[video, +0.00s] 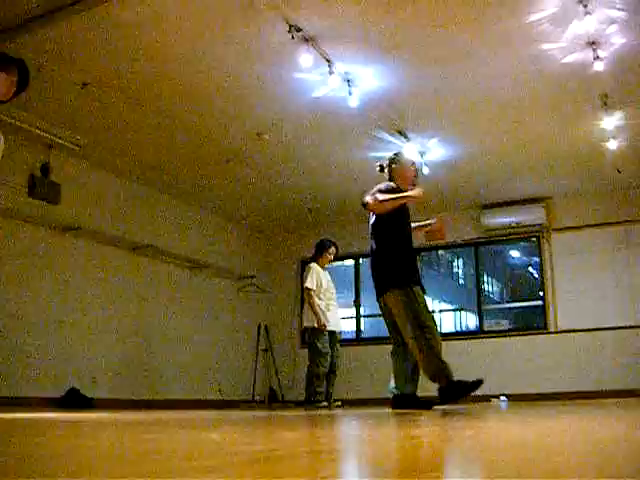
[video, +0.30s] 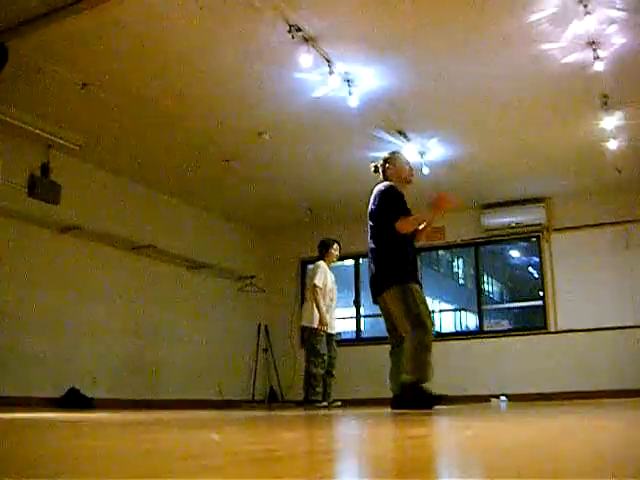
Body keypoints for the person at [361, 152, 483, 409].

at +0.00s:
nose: (415, 171)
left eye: (415, 166)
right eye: (411, 166)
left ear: (400, 169)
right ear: (397, 168)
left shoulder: (396, 196)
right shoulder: (388, 188)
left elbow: (397, 232)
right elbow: (371, 203)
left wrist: (426, 228)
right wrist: (409, 196)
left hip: (389, 278)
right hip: (397, 276)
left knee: (404, 339)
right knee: (422, 330)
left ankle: (404, 394)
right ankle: (446, 384)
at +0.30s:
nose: (411, 170)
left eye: (410, 165)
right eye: (406, 165)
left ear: (390, 169)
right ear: (391, 167)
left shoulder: (382, 195)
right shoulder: (389, 192)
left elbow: (400, 238)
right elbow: (402, 225)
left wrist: (423, 233)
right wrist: (431, 213)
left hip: (383, 279)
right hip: (398, 277)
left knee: (399, 337)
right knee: (420, 328)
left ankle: (401, 391)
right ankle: (415, 386)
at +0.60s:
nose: (404, 161)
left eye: (403, 157)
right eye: (398, 157)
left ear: (395, 163)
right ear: (383, 162)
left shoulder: (399, 203)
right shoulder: (372, 187)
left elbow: (423, 231)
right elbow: (367, 207)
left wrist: (432, 199)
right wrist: (398, 185)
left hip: (407, 276)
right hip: (384, 274)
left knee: (413, 337)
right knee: (378, 334)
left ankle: (407, 392)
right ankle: (362, 391)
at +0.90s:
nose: (389, 161)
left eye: (390, 156)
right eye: (382, 156)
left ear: (393, 164)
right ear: (369, 163)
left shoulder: (401, 197)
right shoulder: (357, 196)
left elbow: (409, 239)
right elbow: (366, 235)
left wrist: (407, 209)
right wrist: (399, 216)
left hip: (397, 276)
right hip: (367, 276)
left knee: (402, 343)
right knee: (366, 334)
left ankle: (369, 372)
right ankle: (363, 391)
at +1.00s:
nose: (388, 161)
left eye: (389, 157)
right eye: (381, 157)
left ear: (393, 165)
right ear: (367, 165)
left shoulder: (405, 197)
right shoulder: (356, 200)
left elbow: (424, 235)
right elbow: (352, 238)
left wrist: (408, 216)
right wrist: (389, 216)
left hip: (399, 275)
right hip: (368, 275)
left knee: (404, 327)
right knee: (367, 330)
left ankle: (363, 375)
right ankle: (361, 392)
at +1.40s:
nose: (421, 163)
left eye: (419, 158)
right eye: (415, 158)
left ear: (405, 164)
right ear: (402, 164)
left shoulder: (405, 193)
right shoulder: (401, 192)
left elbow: (428, 233)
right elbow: (428, 228)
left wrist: (433, 216)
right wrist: (437, 205)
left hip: (409, 281)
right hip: (388, 280)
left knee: (428, 333)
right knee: (377, 336)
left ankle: (429, 389)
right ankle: (363, 392)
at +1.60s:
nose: (438, 170)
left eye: (436, 166)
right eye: (433, 166)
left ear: (422, 172)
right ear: (422, 171)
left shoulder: (419, 198)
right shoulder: (416, 197)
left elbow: (416, 234)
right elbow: (436, 203)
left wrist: (435, 235)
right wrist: (452, 201)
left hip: (420, 272)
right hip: (412, 270)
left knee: (435, 335)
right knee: (434, 309)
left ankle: (431, 391)